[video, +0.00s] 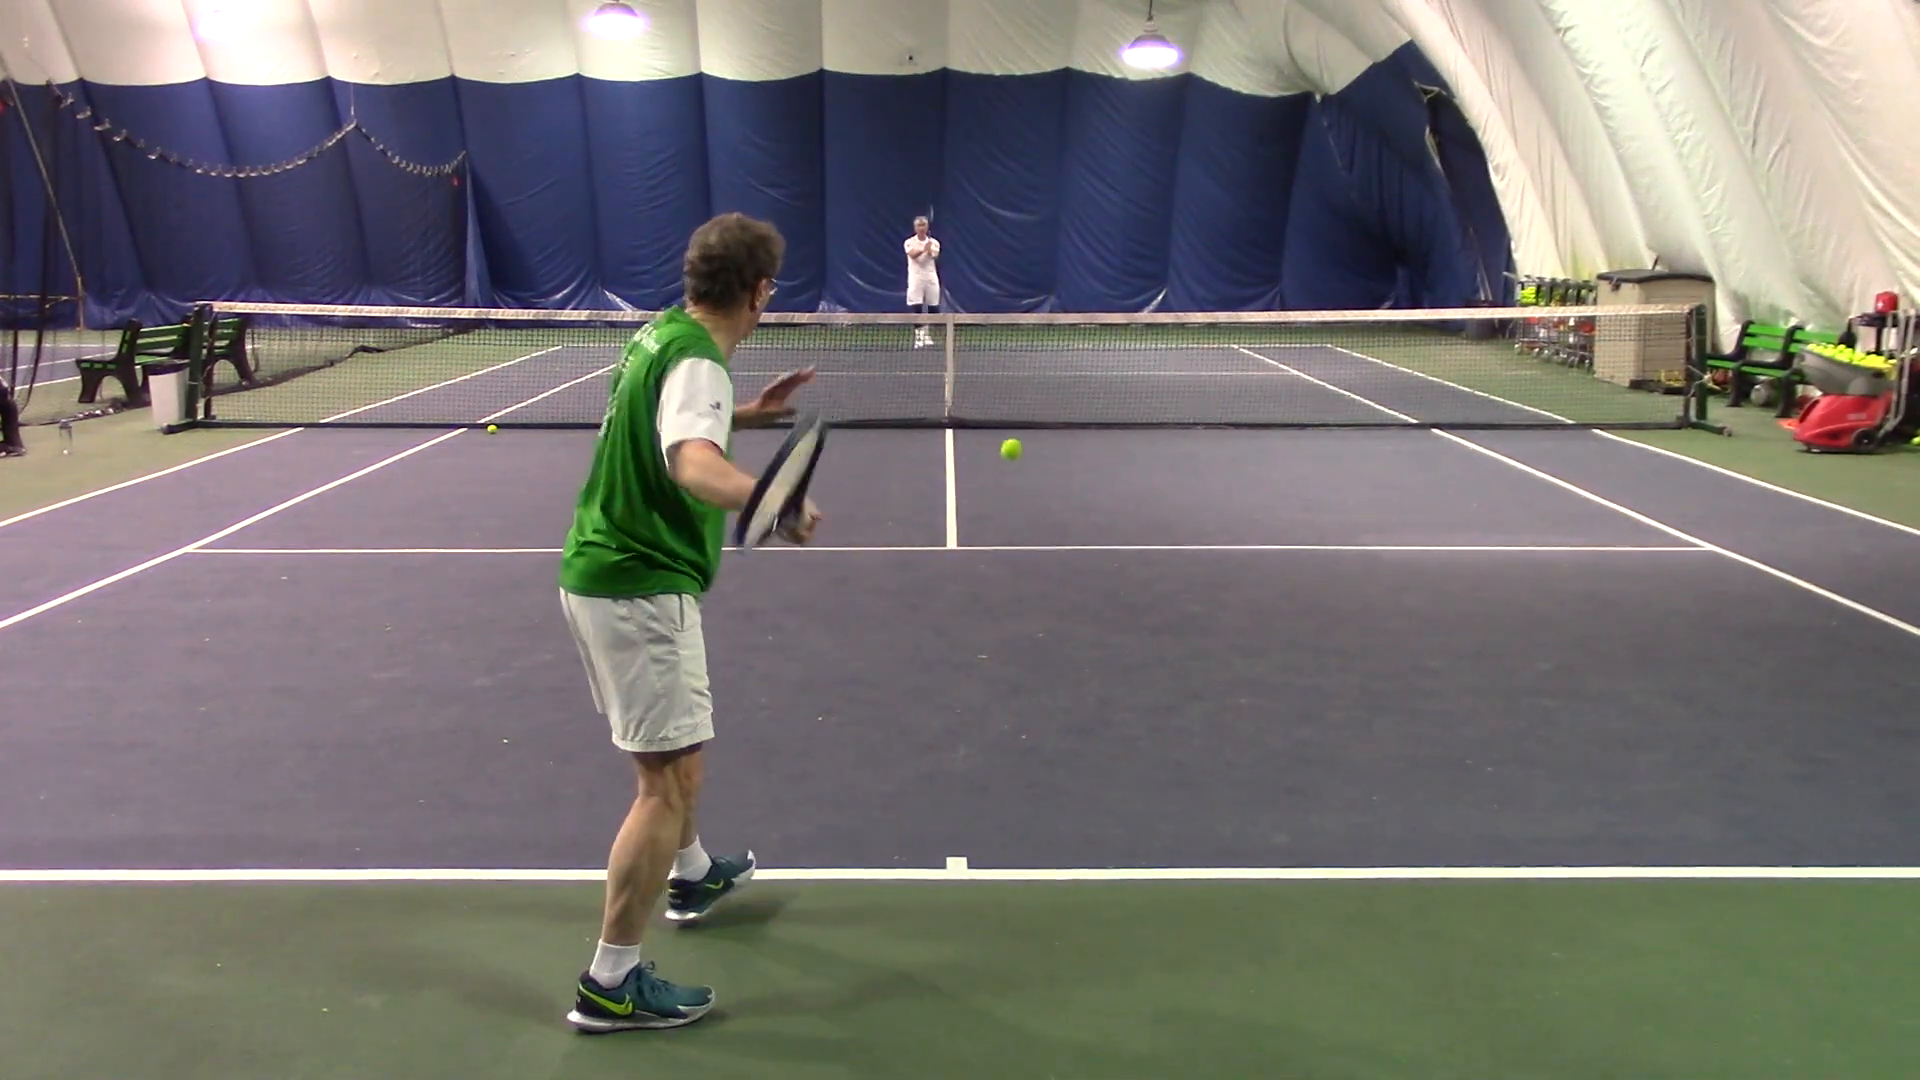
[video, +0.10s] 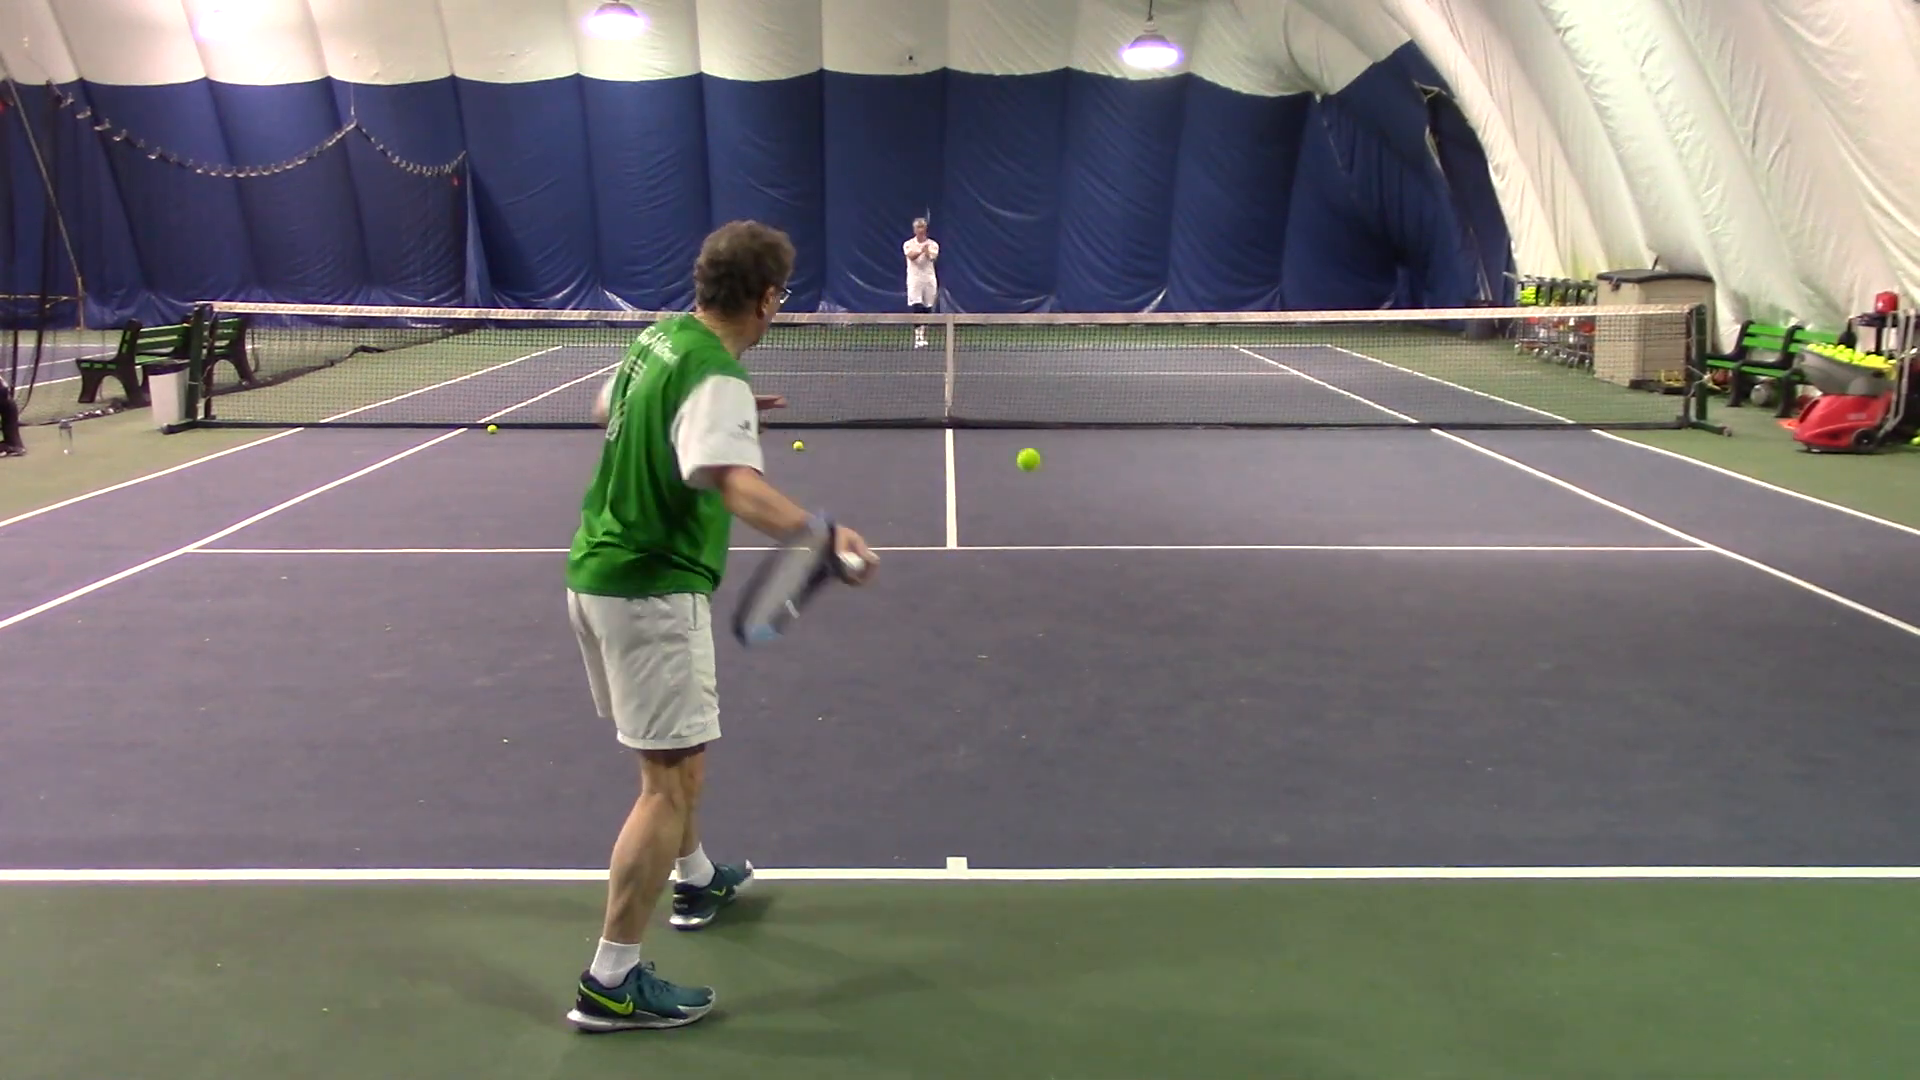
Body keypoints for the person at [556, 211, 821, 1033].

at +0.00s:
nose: (772, 297)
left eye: (770, 283)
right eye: (772, 284)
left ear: (696, 278)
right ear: (755, 292)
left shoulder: (660, 334)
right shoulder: (697, 364)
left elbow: (664, 421)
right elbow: (694, 465)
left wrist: (747, 408)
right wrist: (769, 500)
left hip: (606, 576)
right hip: (640, 587)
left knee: (670, 735)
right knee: (669, 784)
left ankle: (688, 876)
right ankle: (610, 977)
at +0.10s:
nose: (782, 305)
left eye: (784, 293)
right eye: (782, 294)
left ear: (704, 285)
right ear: (763, 298)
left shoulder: (660, 337)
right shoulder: (715, 373)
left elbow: (608, 411)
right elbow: (736, 487)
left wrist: (718, 406)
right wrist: (826, 536)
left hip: (600, 583)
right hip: (655, 595)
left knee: (670, 746)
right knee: (668, 786)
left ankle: (694, 880)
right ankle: (611, 977)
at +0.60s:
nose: (830, 296)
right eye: (832, 287)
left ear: (756, 275)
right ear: (818, 295)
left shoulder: (679, 320)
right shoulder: (815, 356)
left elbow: (570, 353)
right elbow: (774, 300)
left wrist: (634, 340)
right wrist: (737, 241)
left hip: (656, 558)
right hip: (744, 570)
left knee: (688, 725)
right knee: (733, 743)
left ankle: (704, 878)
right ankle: (688, 911)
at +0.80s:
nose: (849, 285)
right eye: (851, 276)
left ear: (778, 267)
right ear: (841, 284)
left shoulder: (698, 322)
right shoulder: (841, 349)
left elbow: (606, 381)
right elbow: (795, 302)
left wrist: (668, 347)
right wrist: (739, 254)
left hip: (686, 556)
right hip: (780, 563)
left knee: (705, 723)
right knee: (806, 738)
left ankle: (699, 883)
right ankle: (818, 919)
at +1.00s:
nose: (874, 270)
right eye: (874, 262)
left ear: (797, 261)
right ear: (867, 272)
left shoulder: (734, 331)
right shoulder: (885, 351)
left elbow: (666, 432)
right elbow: (884, 423)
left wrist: (739, 417)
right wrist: (809, 394)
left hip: (732, 565)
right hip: (829, 571)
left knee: (721, 726)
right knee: (845, 743)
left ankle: (701, 883)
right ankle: (856, 926)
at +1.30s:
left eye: (814, 241)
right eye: (885, 247)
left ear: (809, 252)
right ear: (884, 258)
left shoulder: (757, 329)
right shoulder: (909, 346)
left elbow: (726, 452)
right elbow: (923, 474)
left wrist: (795, 442)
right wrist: (856, 471)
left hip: (759, 561)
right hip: (860, 570)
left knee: (775, 731)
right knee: (867, 735)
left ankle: (779, 907)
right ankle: (861, 920)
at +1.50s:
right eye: (878, 252)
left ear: (805, 258)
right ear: (879, 264)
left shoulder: (759, 338)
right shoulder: (903, 349)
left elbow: (741, 460)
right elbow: (926, 480)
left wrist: (807, 479)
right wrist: (862, 495)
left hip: (769, 557)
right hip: (871, 561)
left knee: (781, 743)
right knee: (922, 708)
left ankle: (781, 925)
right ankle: (904, 878)